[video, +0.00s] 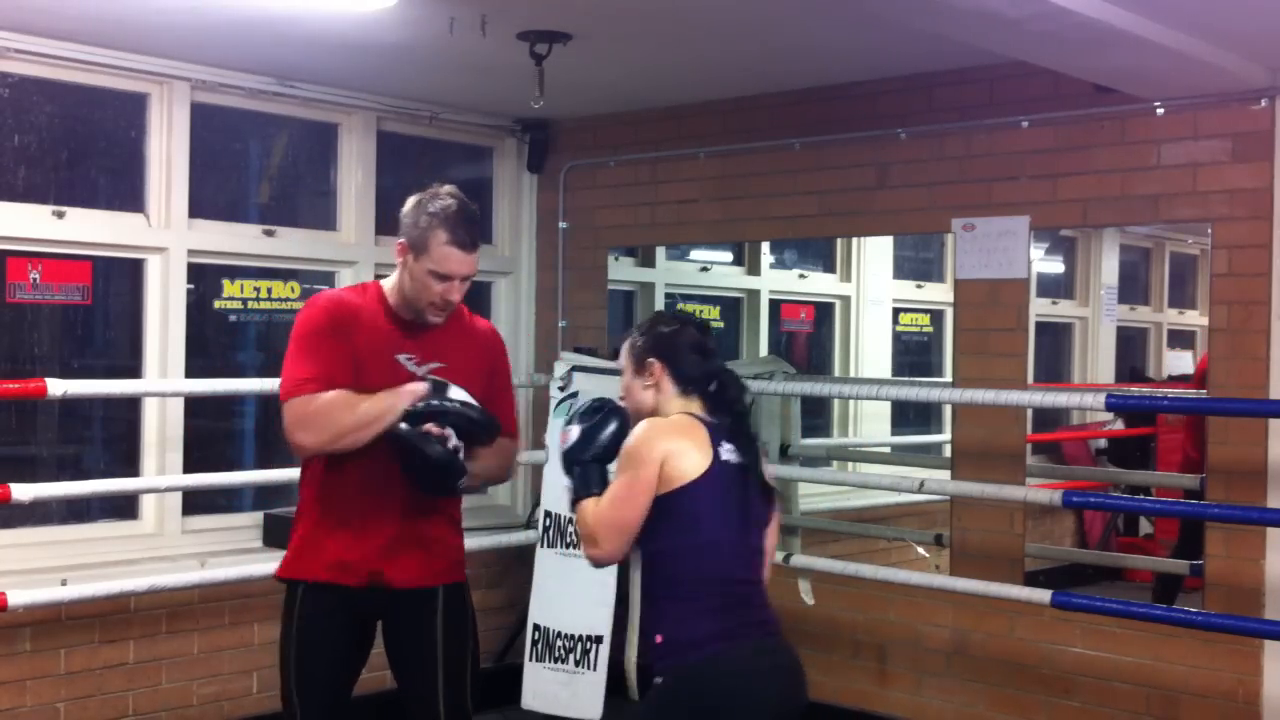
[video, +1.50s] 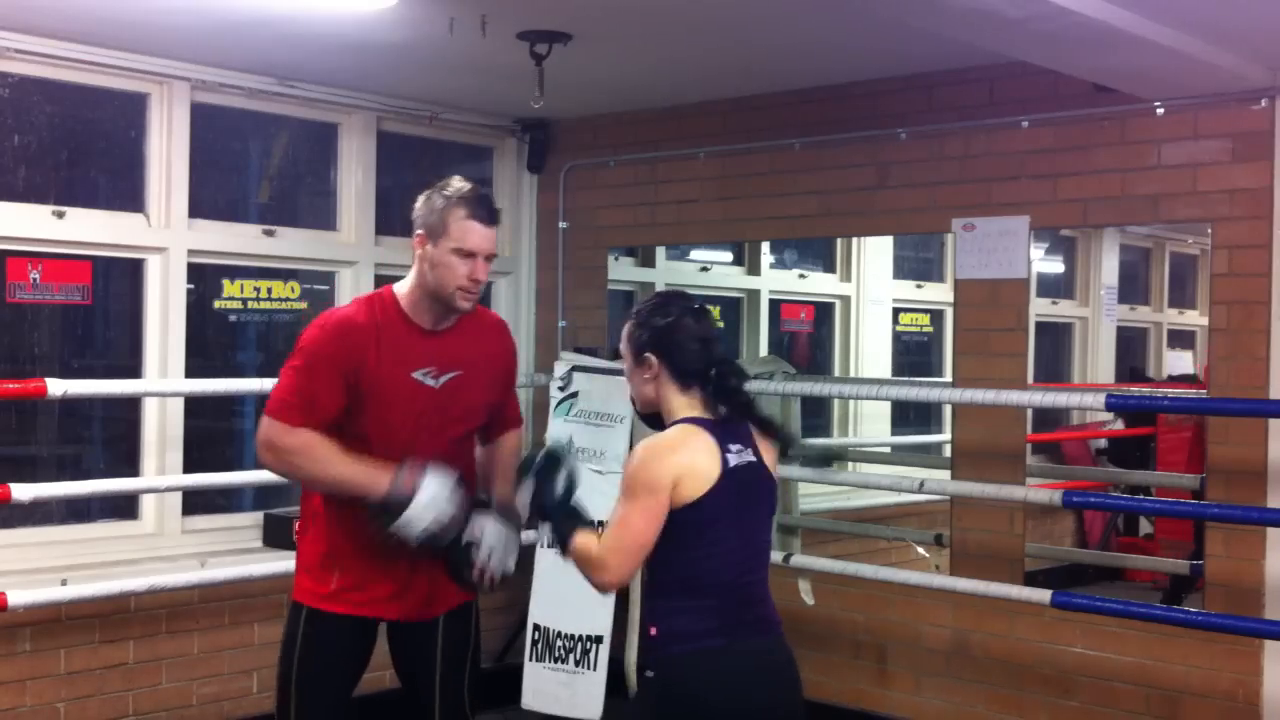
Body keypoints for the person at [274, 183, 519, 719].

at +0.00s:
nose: (453, 294)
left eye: (466, 280)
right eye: (440, 277)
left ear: (476, 266)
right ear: (402, 254)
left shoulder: (481, 340)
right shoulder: (331, 314)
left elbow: (503, 454)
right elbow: (304, 430)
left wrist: (462, 460)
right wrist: (406, 397)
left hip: (431, 571)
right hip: (332, 567)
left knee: (444, 709)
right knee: (312, 709)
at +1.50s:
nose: (480, 274)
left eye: (488, 259)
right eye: (465, 255)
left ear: (494, 257)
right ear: (421, 247)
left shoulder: (492, 338)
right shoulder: (344, 331)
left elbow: (502, 431)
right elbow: (277, 440)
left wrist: (501, 511)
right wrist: (399, 483)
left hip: (442, 585)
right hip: (338, 582)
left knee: (448, 709)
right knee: (307, 711)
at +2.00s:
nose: (364, 257)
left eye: (370, 243)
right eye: (348, 240)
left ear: (378, 243)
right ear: (300, 237)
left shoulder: (383, 329)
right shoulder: (239, 326)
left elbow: (454, 417)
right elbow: (245, 434)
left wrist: (455, 337)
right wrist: (308, 337)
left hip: (359, 577)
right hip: (257, 579)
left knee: (396, 710)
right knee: (242, 712)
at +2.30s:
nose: (340, 255)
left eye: (348, 241)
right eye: (326, 239)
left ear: (360, 245)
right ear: (280, 235)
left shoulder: (368, 328)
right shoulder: (223, 321)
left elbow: (442, 406)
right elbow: (252, 413)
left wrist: (446, 327)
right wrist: (313, 311)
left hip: (352, 580)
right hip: (247, 585)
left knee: (381, 710)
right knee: (239, 713)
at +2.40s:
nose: (344, 257)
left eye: (353, 244)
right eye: (330, 240)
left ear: (363, 246)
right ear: (284, 235)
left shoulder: (371, 328)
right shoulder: (226, 321)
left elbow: (444, 406)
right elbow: (254, 415)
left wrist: (455, 329)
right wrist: (316, 315)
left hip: (354, 579)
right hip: (250, 583)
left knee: (383, 710)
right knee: (241, 713)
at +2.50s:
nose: (345, 258)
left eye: (353, 245)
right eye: (331, 241)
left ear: (363, 245)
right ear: (285, 236)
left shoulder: (372, 326)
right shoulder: (226, 323)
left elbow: (445, 401)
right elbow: (254, 416)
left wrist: (463, 332)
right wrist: (316, 316)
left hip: (354, 581)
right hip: (251, 586)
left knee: (382, 710)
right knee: (241, 713)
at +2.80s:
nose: (330, 260)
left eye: (337, 246)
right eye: (316, 244)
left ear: (345, 245)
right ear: (270, 238)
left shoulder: (355, 326)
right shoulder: (213, 329)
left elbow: (422, 398)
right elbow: (235, 429)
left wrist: (427, 330)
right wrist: (295, 326)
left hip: (354, 586)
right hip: (250, 593)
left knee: (384, 710)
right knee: (242, 714)